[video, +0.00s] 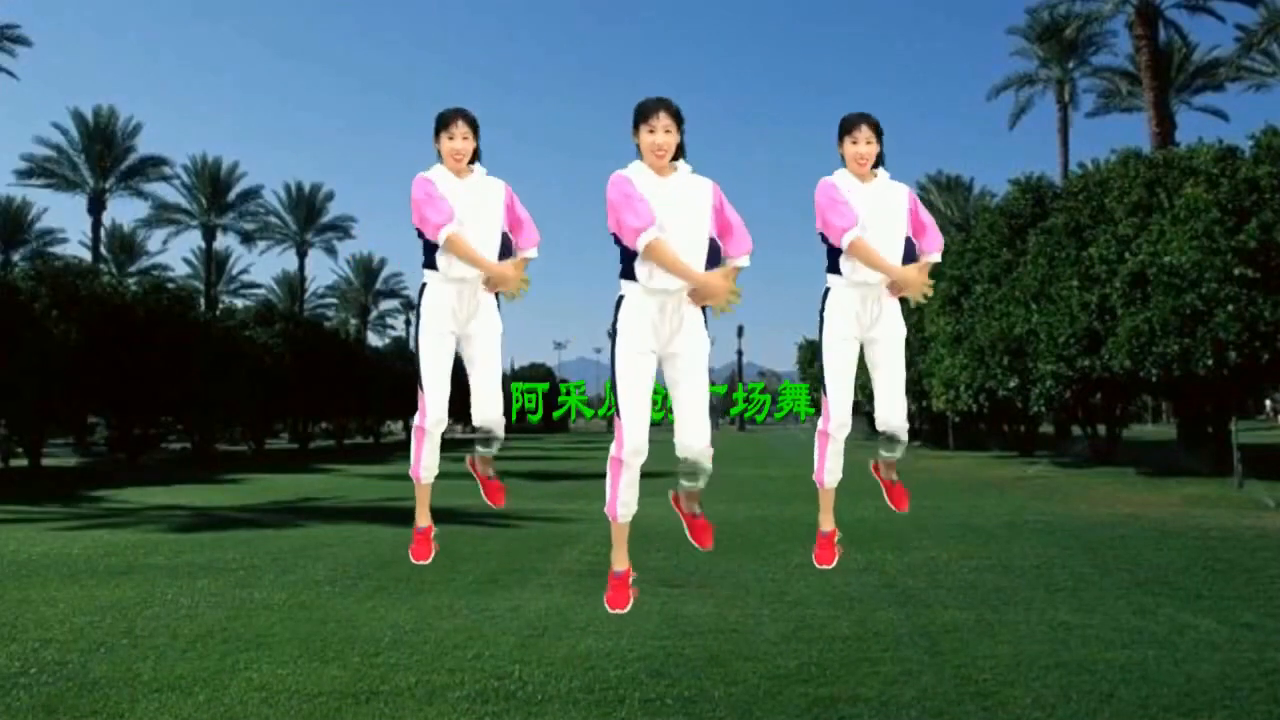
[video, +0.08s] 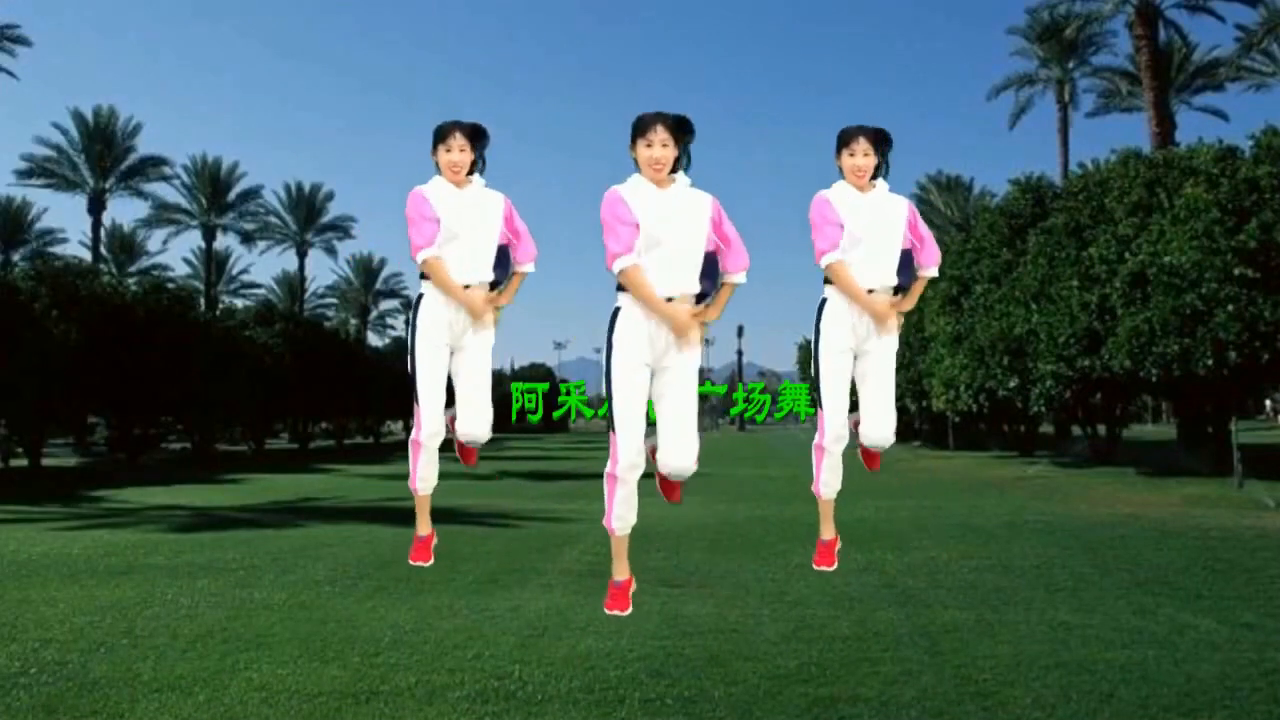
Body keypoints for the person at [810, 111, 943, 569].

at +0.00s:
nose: (863, 149)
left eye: (870, 142)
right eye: (854, 142)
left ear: (880, 148)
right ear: (840, 148)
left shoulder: (901, 194)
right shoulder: (830, 189)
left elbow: (931, 243)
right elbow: (848, 241)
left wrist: (918, 275)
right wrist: (898, 274)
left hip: (887, 304)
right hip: (842, 302)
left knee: (894, 423)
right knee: (837, 418)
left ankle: (886, 469)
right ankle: (826, 524)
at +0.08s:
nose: (860, 161)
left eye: (867, 154)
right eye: (852, 154)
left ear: (879, 160)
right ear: (838, 160)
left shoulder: (900, 206)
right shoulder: (827, 202)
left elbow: (930, 256)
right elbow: (831, 261)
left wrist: (909, 299)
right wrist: (870, 302)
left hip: (883, 314)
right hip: (838, 311)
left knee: (879, 435)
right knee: (833, 427)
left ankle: (867, 439)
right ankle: (827, 531)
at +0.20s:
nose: (857, 188)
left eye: (863, 181)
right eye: (849, 182)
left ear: (874, 189)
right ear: (837, 190)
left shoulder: (897, 238)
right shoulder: (827, 241)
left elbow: (922, 293)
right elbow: (791, 298)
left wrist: (901, 336)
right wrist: (811, 346)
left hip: (874, 348)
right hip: (832, 343)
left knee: (864, 459)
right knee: (831, 446)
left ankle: (834, 438)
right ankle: (827, 534)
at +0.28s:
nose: (858, 185)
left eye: (865, 179)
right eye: (850, 179)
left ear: (876, 186)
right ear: (838, 188)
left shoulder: (899, 236)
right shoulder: (827, 240)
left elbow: (923, 291)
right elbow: (778, 285)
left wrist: (901, 334)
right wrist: (795, 335)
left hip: (875, 348)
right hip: (833, 345)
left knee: (869, 457)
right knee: (832, 448)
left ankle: (840, 421)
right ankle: (828, 535)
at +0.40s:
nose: (863, 161)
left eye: (870, 154)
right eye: (855, 154)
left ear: (881, 162)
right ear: (844, 162)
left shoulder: (901, 211)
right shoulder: (826, 209)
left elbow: (932, 258)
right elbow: (775, 243)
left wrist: (908, 305)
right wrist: (805, 292)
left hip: (888, 325)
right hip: (842, 325)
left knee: (887, 435)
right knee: (841, 436)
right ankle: (829, 534)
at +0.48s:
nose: (867, 158)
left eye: (875, 152)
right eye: (860, 152)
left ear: (885, 160)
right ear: (848, 160)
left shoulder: (902, 206)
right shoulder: (828, 205)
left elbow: (937, 252)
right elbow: (781, 244)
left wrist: (915, 294)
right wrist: (817, 294)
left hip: (893, 320)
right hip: (848, 322)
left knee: (892, 431)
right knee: (849, 434)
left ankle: (891, 534)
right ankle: (836, 533)